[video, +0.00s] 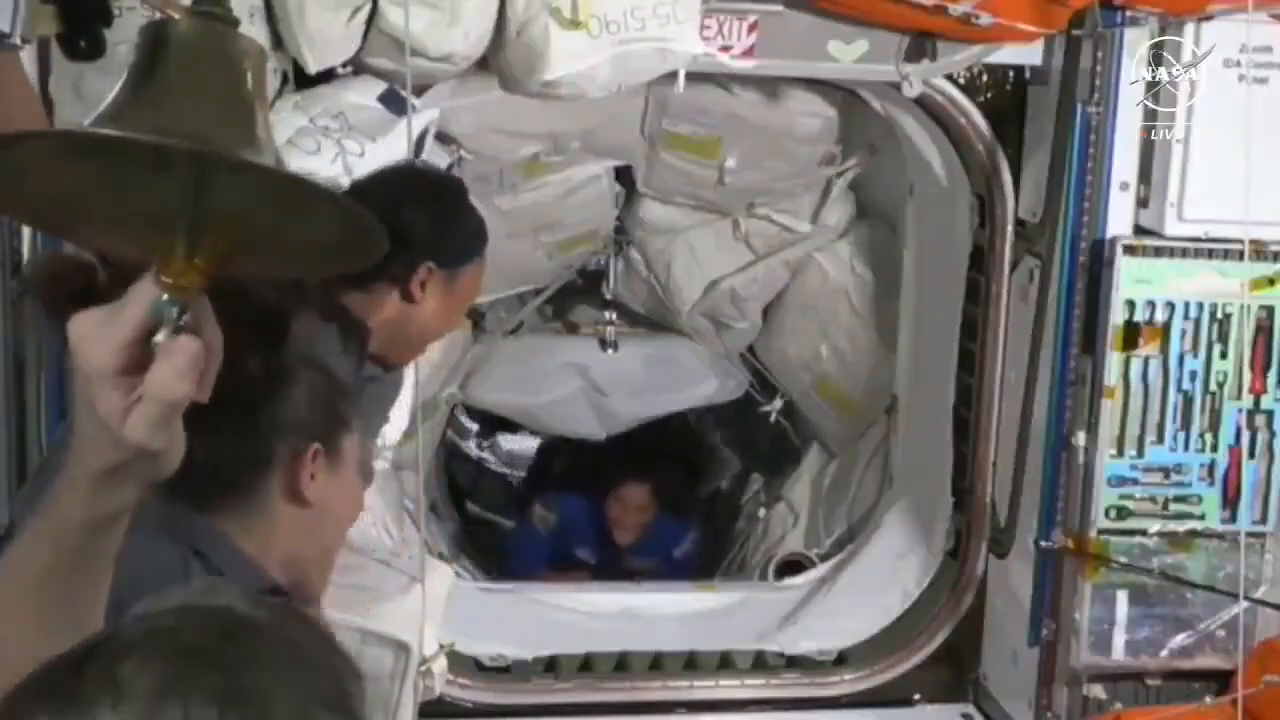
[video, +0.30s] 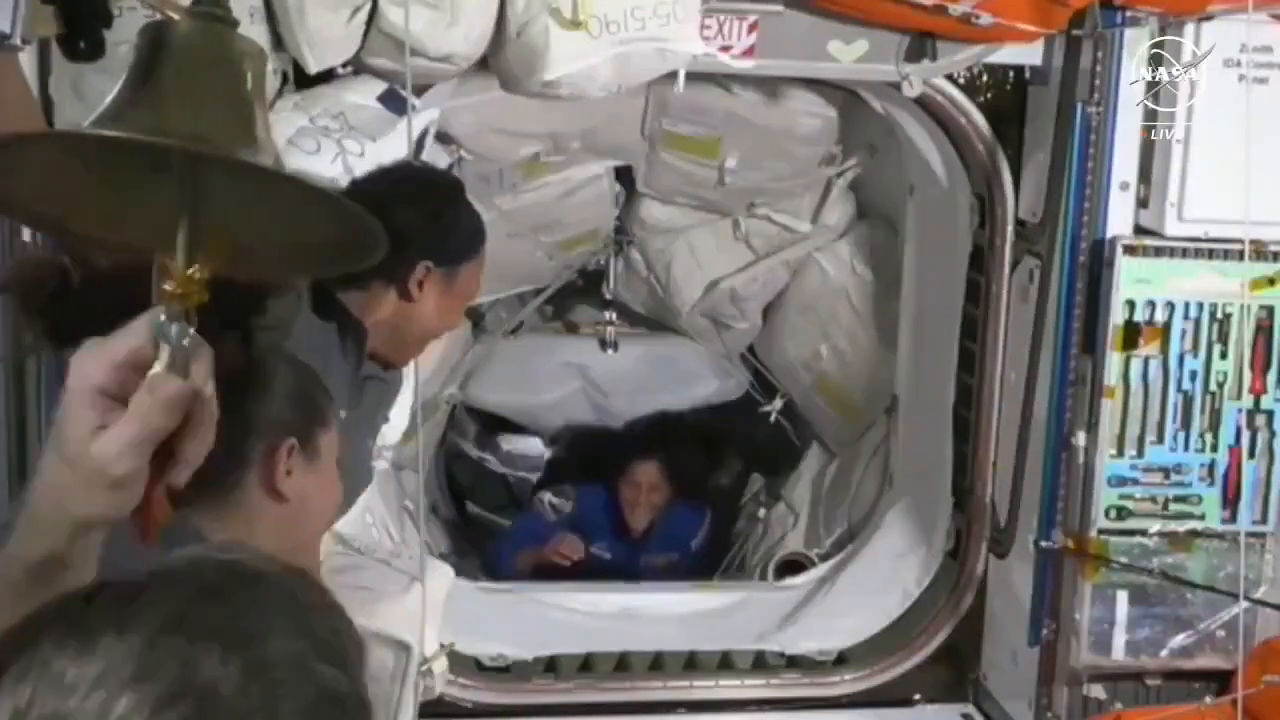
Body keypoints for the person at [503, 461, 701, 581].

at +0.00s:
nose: (627, 517)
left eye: (640, 510)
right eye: (620, 504)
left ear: (655, 513)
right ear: (606, 501)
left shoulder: (679, 540)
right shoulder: (560, 516)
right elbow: (520, 570)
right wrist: (560, 583)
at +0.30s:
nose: (641, 499)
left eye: (654, 489)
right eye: (633, 486)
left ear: (671, 493)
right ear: (618, 485)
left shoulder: (692, 526)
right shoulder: (579, 508)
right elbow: (501, 559)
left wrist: (641, 537)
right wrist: (540, 556)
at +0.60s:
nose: (648, 483)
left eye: (661, 472)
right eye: (639, 469)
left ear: (679, 473)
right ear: (622, 466)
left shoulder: (703, 506)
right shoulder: (583, 489)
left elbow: (699, 573)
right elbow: (502, 543)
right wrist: (538, 553)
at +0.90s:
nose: (661, 468)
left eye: (675, 457)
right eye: (650, 453)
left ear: (692, 456)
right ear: (631, 446)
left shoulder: (708, 483)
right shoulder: (592, 468)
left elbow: (733, 582)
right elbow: (517, 521)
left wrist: (729, 550)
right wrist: (549, 559)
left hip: (665, 609)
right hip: (584, 605)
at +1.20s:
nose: (665, 473)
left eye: (677, 456)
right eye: (651, 458)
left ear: (699, 445)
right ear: (628, 448)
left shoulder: (714, 457)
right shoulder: (605, 456)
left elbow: (761, 464)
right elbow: (558, 460)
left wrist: (788, 486)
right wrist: (520, 473)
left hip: (666, 578)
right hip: (593, 573)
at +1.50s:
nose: (666, 457)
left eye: (685, 444)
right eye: (658, 436)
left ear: (706, 435)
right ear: (636, 418)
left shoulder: (719, 453)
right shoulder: (595, 443)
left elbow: (788, 465)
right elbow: (529, 495)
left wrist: (838, 468)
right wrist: (528, 471)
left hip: (667, 610)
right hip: (579, 603)